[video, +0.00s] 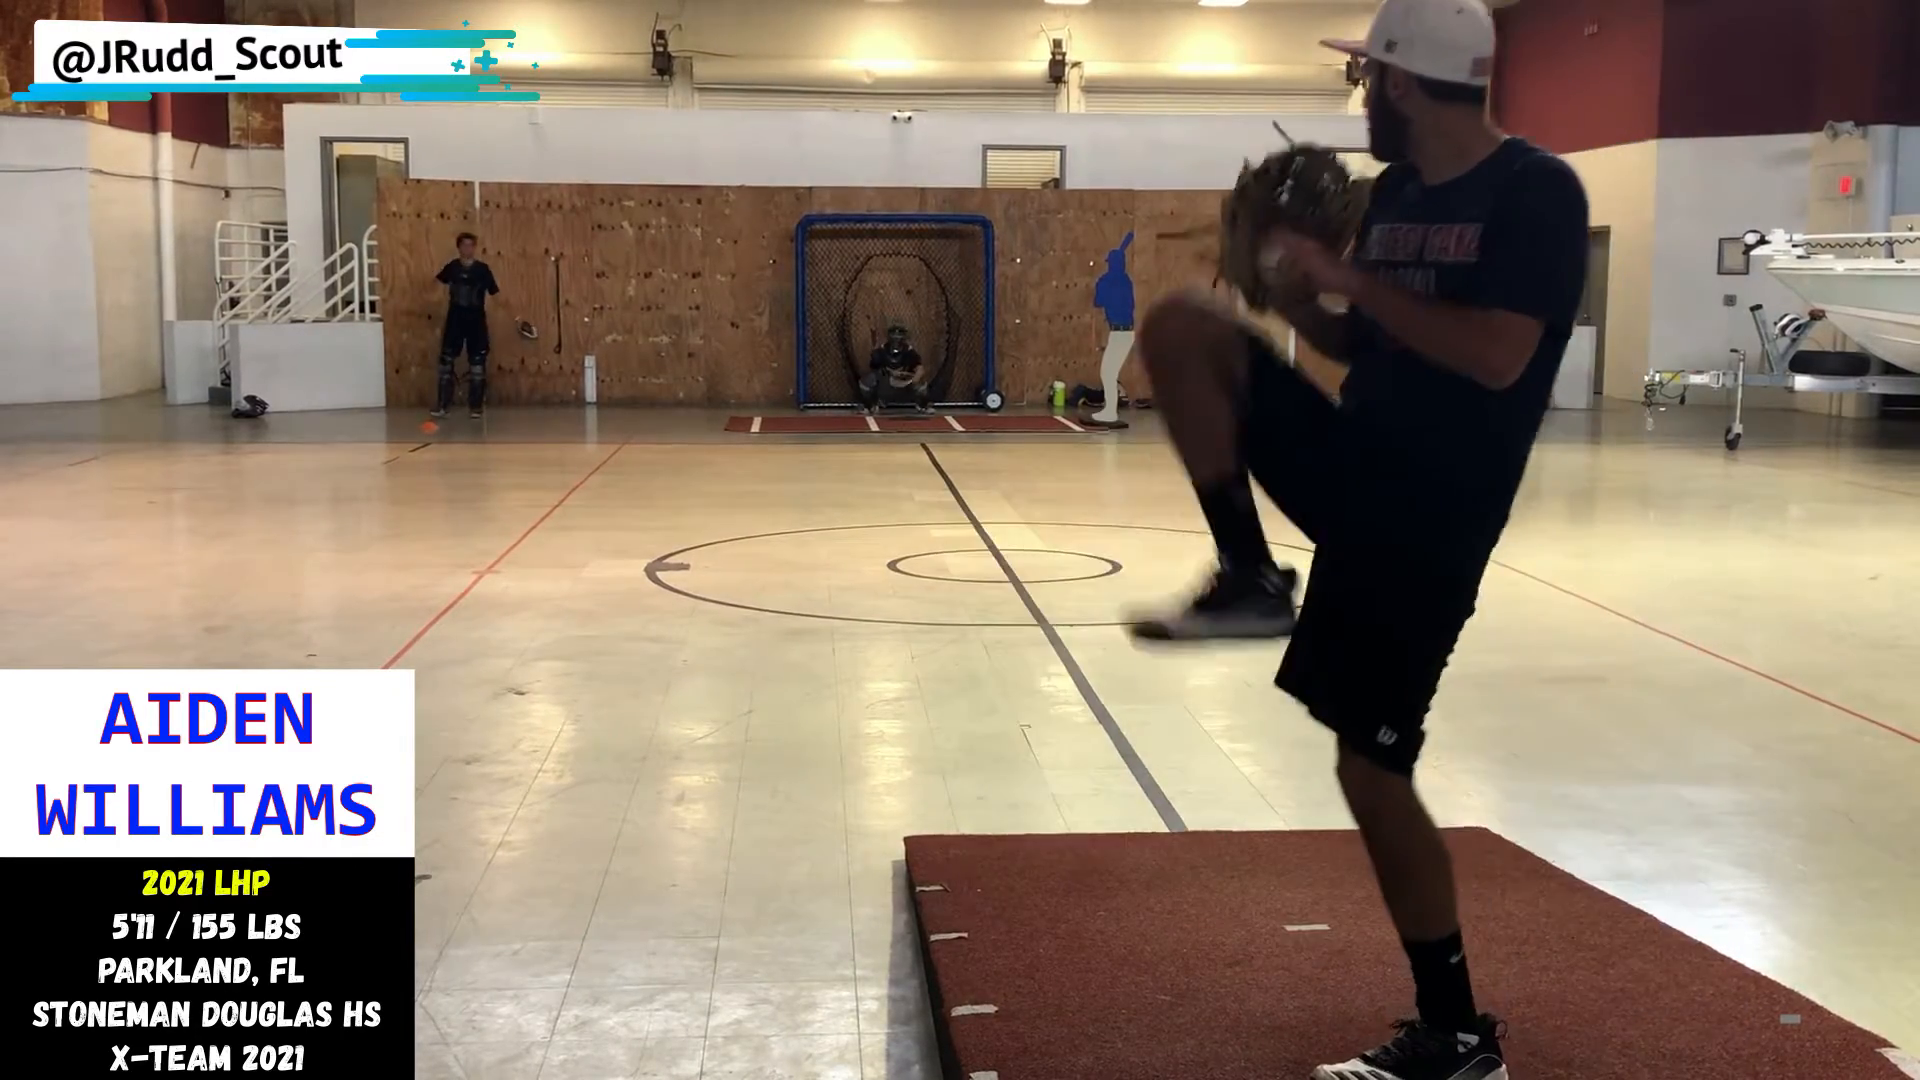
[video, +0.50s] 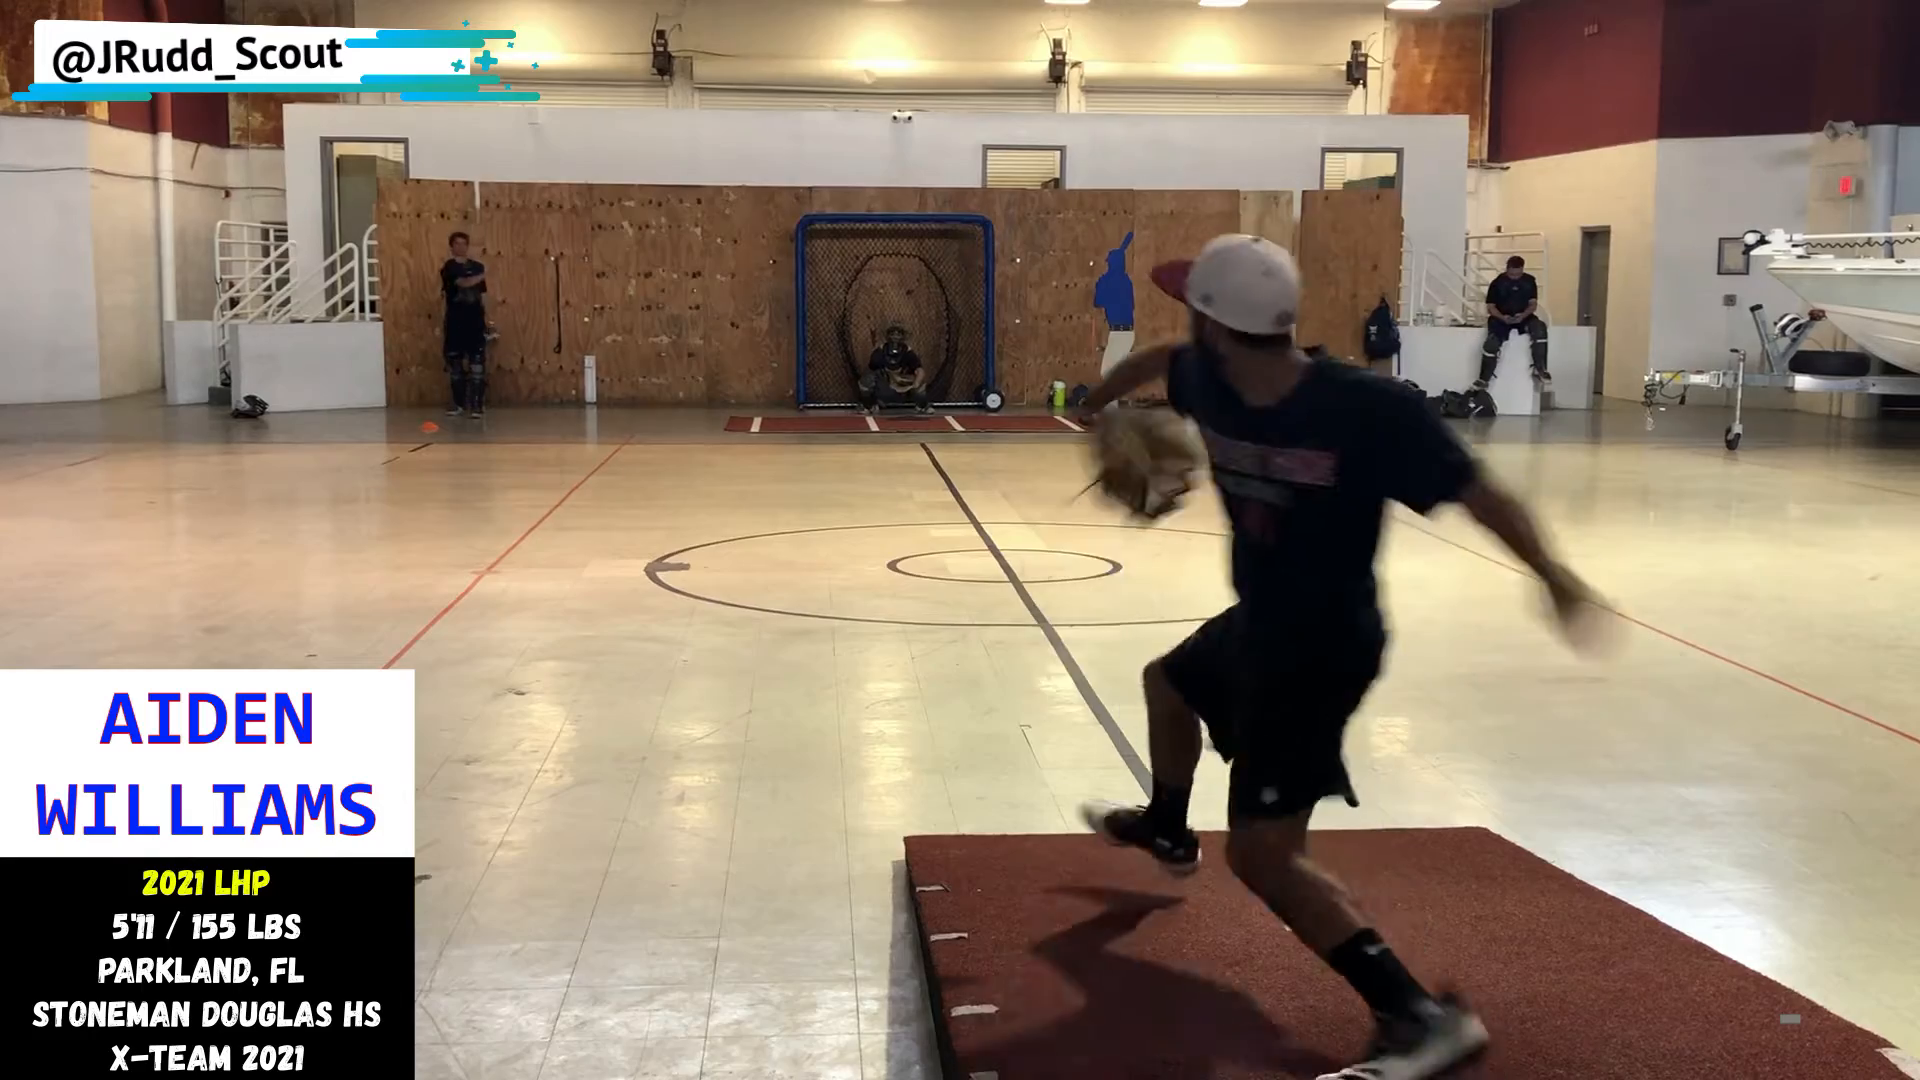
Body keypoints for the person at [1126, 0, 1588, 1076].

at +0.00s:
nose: (1363, 97)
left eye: (1372, 78)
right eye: (1365, 78)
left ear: (1411, 83)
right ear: (1423, 85)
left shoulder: (1541, 191)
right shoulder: (1395, 197)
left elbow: (1500, 353)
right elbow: (1371, 360)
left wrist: (1349, 281)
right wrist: (1292, 300)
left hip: (1431, 520)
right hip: (1348, 470)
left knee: (1371, 772)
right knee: (1181, 324)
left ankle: (1451, 1031)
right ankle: (1248, 573)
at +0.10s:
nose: (1336, 122)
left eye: (1347, 105)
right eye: (1339, 103)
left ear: (1383, 110)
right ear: (1410, 109)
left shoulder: (1515, 218)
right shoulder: (1365, 215)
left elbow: (1500, 395)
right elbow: (1340, 352)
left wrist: (1335, 355)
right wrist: (1270, 332)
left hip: (1438, 532)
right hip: (1349, 488)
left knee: (1342, 770)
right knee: (1149, 465)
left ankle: (1448, 1027)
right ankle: (1230, 690)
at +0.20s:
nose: (1307, 180)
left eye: (1317, 164)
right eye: (1309, 162)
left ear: (1356, 174)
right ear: (1381, 172)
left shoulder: (1492, 279)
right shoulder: (1333, 268)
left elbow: (1501, 453)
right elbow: (1262, 377)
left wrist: (1332, 520)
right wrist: (1176, 460)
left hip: (1441, 556)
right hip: (1341, 528)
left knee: (1325, 778)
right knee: (1147, 606)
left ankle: (1444, 1029)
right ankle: (1163, 828)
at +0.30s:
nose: (1285, 269)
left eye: (1292, 254)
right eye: (1287, 254)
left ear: (1312, 258)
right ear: (1384, 249)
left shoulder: (1466, 354)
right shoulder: (1297, 331)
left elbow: (1522, 525)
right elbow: (1184, 408)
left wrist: (1486, 663)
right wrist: (1082, 518)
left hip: (1416, 602)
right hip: (1322, 568)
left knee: (1296, 793)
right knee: (1154, 680)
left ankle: (1439, 1028)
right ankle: (1134, 858)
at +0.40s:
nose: (1231, 323)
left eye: (1238, 308)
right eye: (1235, 308)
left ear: (1263, 320)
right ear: (1324, 312)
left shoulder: (1422, 416)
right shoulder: (1252, 382)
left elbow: (1537, 543)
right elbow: (1151, 407)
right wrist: (1048, 474)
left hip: (1379, 634)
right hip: (1292, 602)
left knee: (1264, 808)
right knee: (1159, 705)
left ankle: (1434, 1027)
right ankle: (1150, 831)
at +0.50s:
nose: (1190, 325)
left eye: (1197, 315)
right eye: (1193, 316)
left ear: (1219, 327)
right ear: (1279, 322)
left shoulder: (1367, 407)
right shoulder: (1208, 379)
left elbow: (1482, 494)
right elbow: (1158, 366)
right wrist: (1096, 394)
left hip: (1328, 640)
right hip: (1260, 618)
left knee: (1261, 854)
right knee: (1168, 686)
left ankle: (1418, 1016)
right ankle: (1165, 825)